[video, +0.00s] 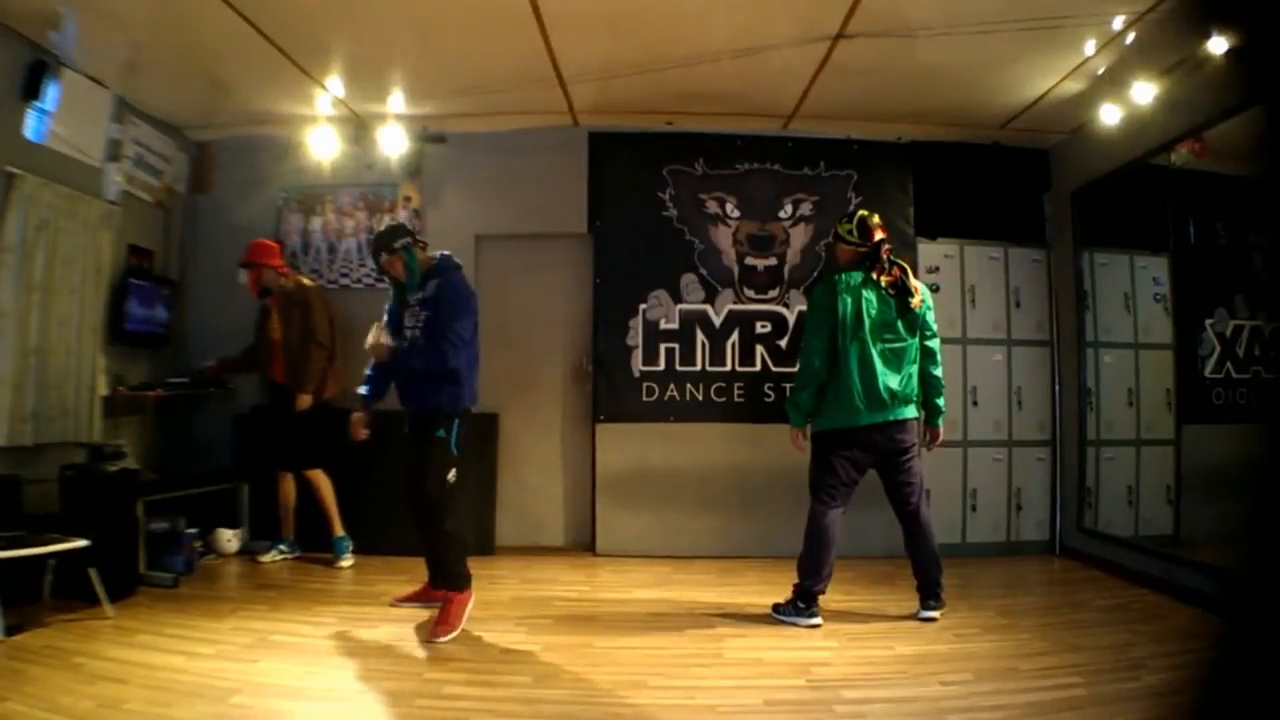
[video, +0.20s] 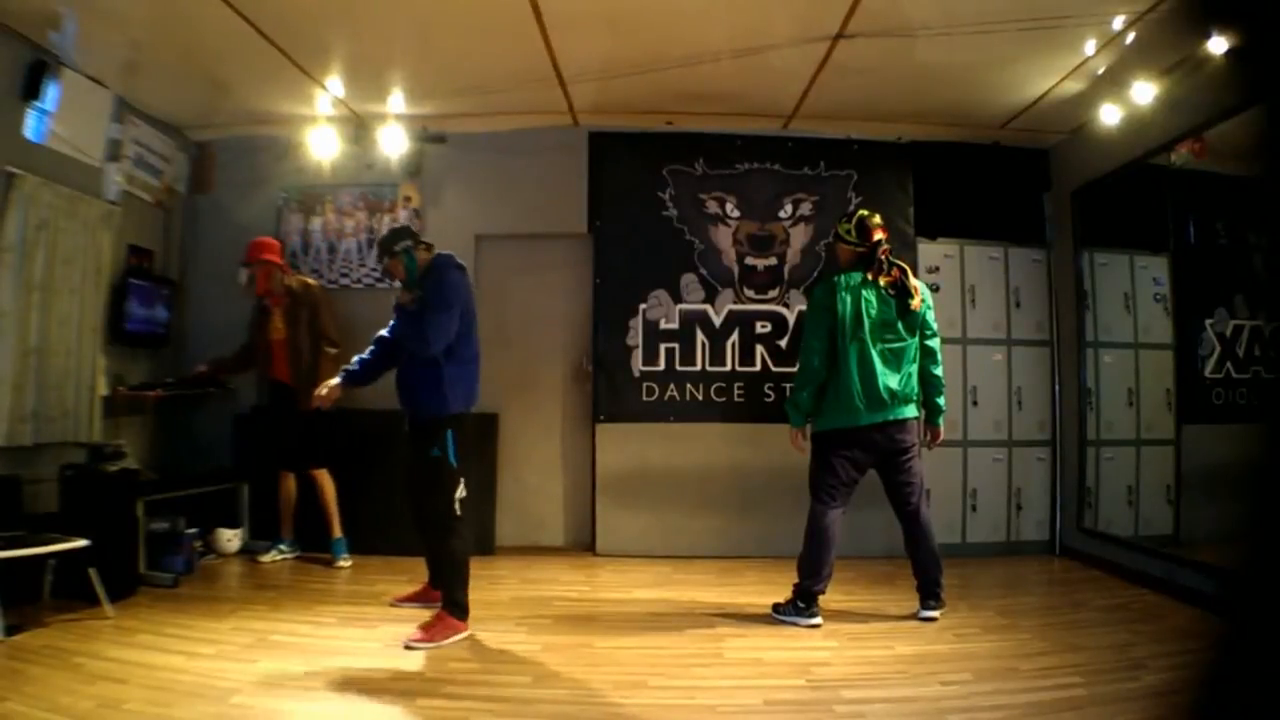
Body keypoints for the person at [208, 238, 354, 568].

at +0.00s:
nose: (251, 279)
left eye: (253, 271)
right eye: (250, 272)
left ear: (269, 268)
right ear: (266, 270)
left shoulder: (307, 293)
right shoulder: (269, 303)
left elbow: (320, 344)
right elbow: (261, 352)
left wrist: (307, 388)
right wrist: (224, 367)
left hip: (309, 392)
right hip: (279, 392)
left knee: (309, 464)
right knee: (283, 466)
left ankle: (340, 538)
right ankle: (287, 540)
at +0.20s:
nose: (255, 277)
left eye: (259, 269)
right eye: (253, 270)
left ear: (275, 267)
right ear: (257, 271)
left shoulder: (308, 292)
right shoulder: (263, 305)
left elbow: (329, 343)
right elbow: (253, 352)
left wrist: (325, 384)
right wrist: (216, 368)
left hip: (308, 392)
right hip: (277, 392)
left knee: (315, 465)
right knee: (284, 467)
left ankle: (338, 540)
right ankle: (286, 541)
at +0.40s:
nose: (281, 268)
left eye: (286, 261)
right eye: (275, 262)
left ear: (297, 262)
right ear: (266, 267)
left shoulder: (320, 295)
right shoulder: (264, 305)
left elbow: (343, 343)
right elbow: (250, 350)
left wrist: (347, 385)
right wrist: (213, 368)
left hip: (319, 393)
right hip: (282, 392)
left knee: (332, 465)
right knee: (286, 467)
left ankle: (350, 540)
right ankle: (286, 540)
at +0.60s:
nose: (312, 268)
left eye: (317, 262)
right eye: (307, 262)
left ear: (327, 265)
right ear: (295, 265)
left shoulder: (341, 301)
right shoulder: (279, 304)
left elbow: (356, 349)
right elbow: (263, 351)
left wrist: (364, 394)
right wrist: (231, 364)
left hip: (334, 395)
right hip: (292, 394)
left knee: (349, 469)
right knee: (292, 469)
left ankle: (362, 542)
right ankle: (287, 541)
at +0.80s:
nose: (363, 276)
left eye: (366, 271)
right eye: (358, 270)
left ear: (368, 275)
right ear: (339, 269)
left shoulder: (374, 310)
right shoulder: (308, 304)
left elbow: (381, 358)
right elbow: (294, 352)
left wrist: (382, 405)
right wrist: (303, 394)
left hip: (359, 402)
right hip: (317, 399)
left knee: (371, 474)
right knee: (301, 471)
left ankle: (366, 545)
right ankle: (288, 539)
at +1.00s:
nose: (397, 279)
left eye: (401, 273)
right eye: (393, 272)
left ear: (406, 276)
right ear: (380, 271)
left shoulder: (406, 306)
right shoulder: (353, 300)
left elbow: (408, 354)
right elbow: (348, 357)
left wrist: (409, 396)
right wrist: (368, 401)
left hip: (395, 398)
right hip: (360, 396)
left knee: (391, 475)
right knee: (353, 473)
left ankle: (369, 546)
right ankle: (312, 532)